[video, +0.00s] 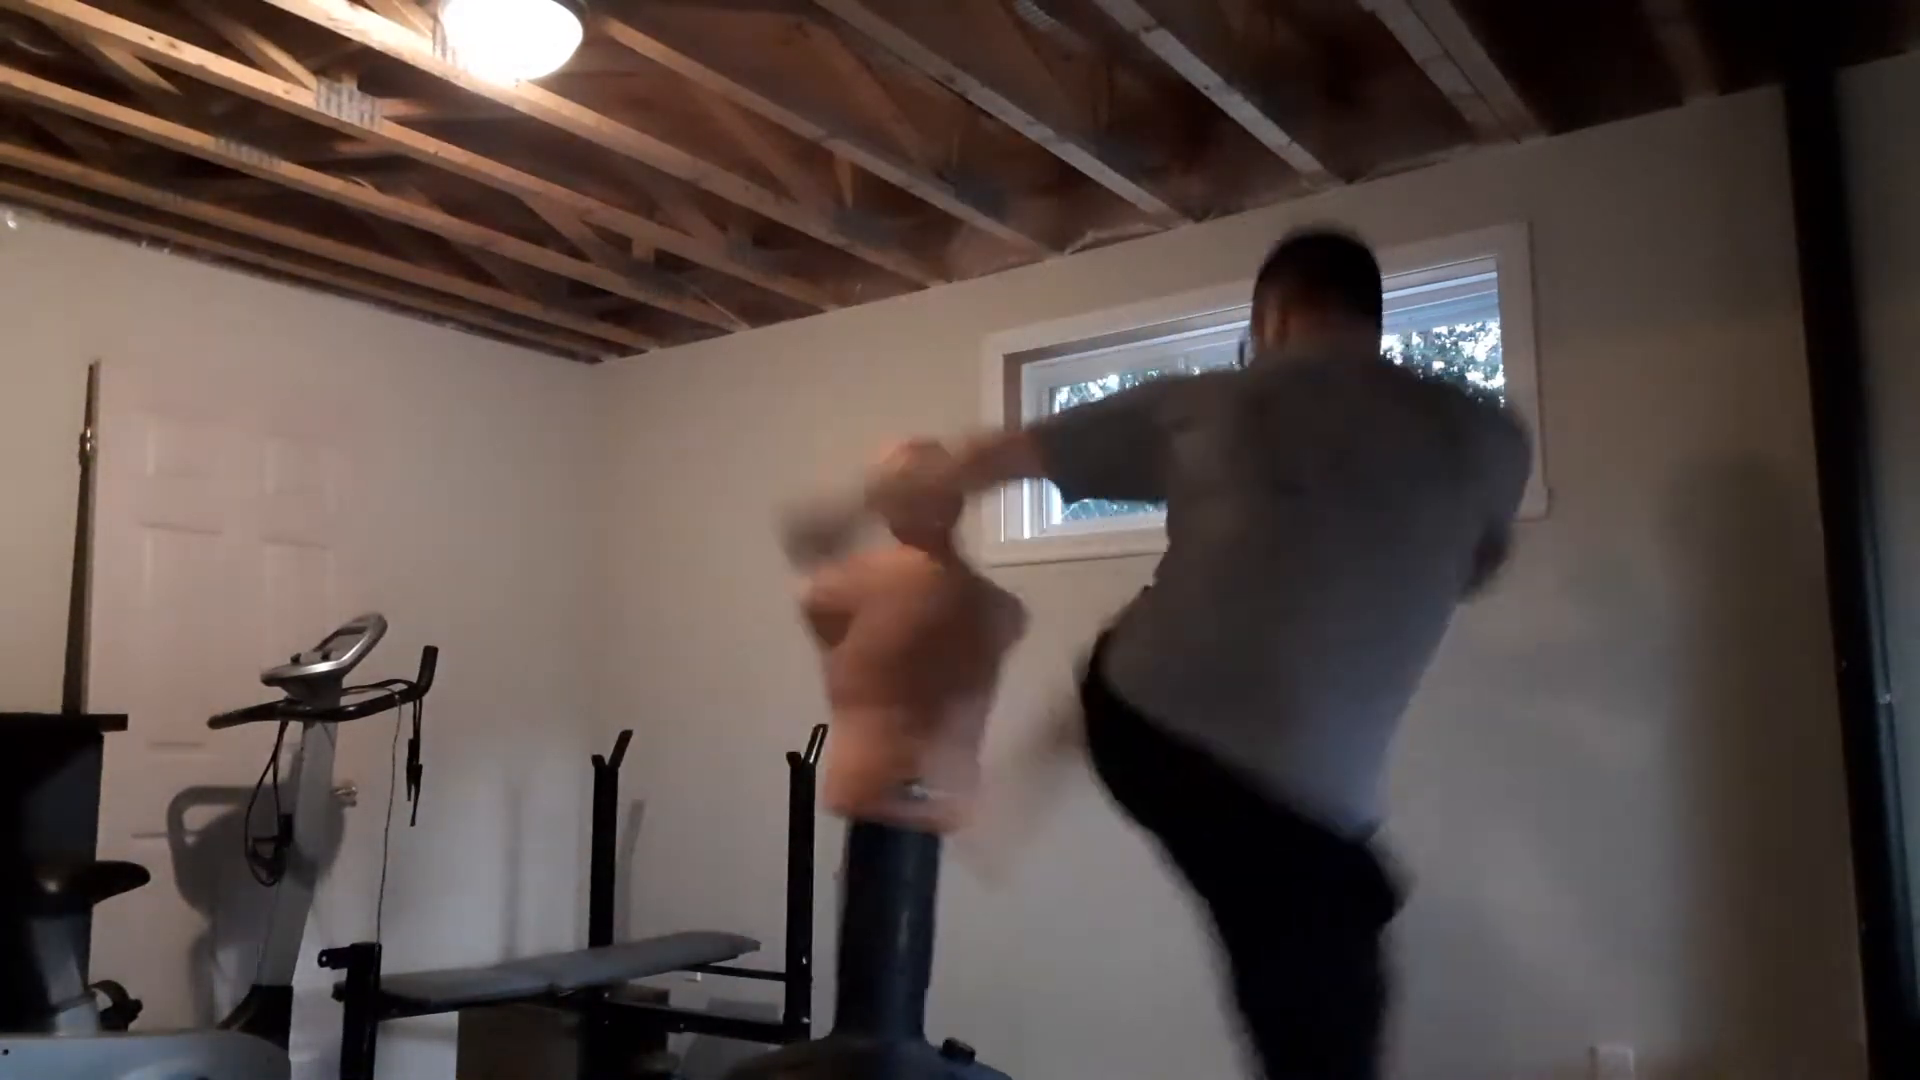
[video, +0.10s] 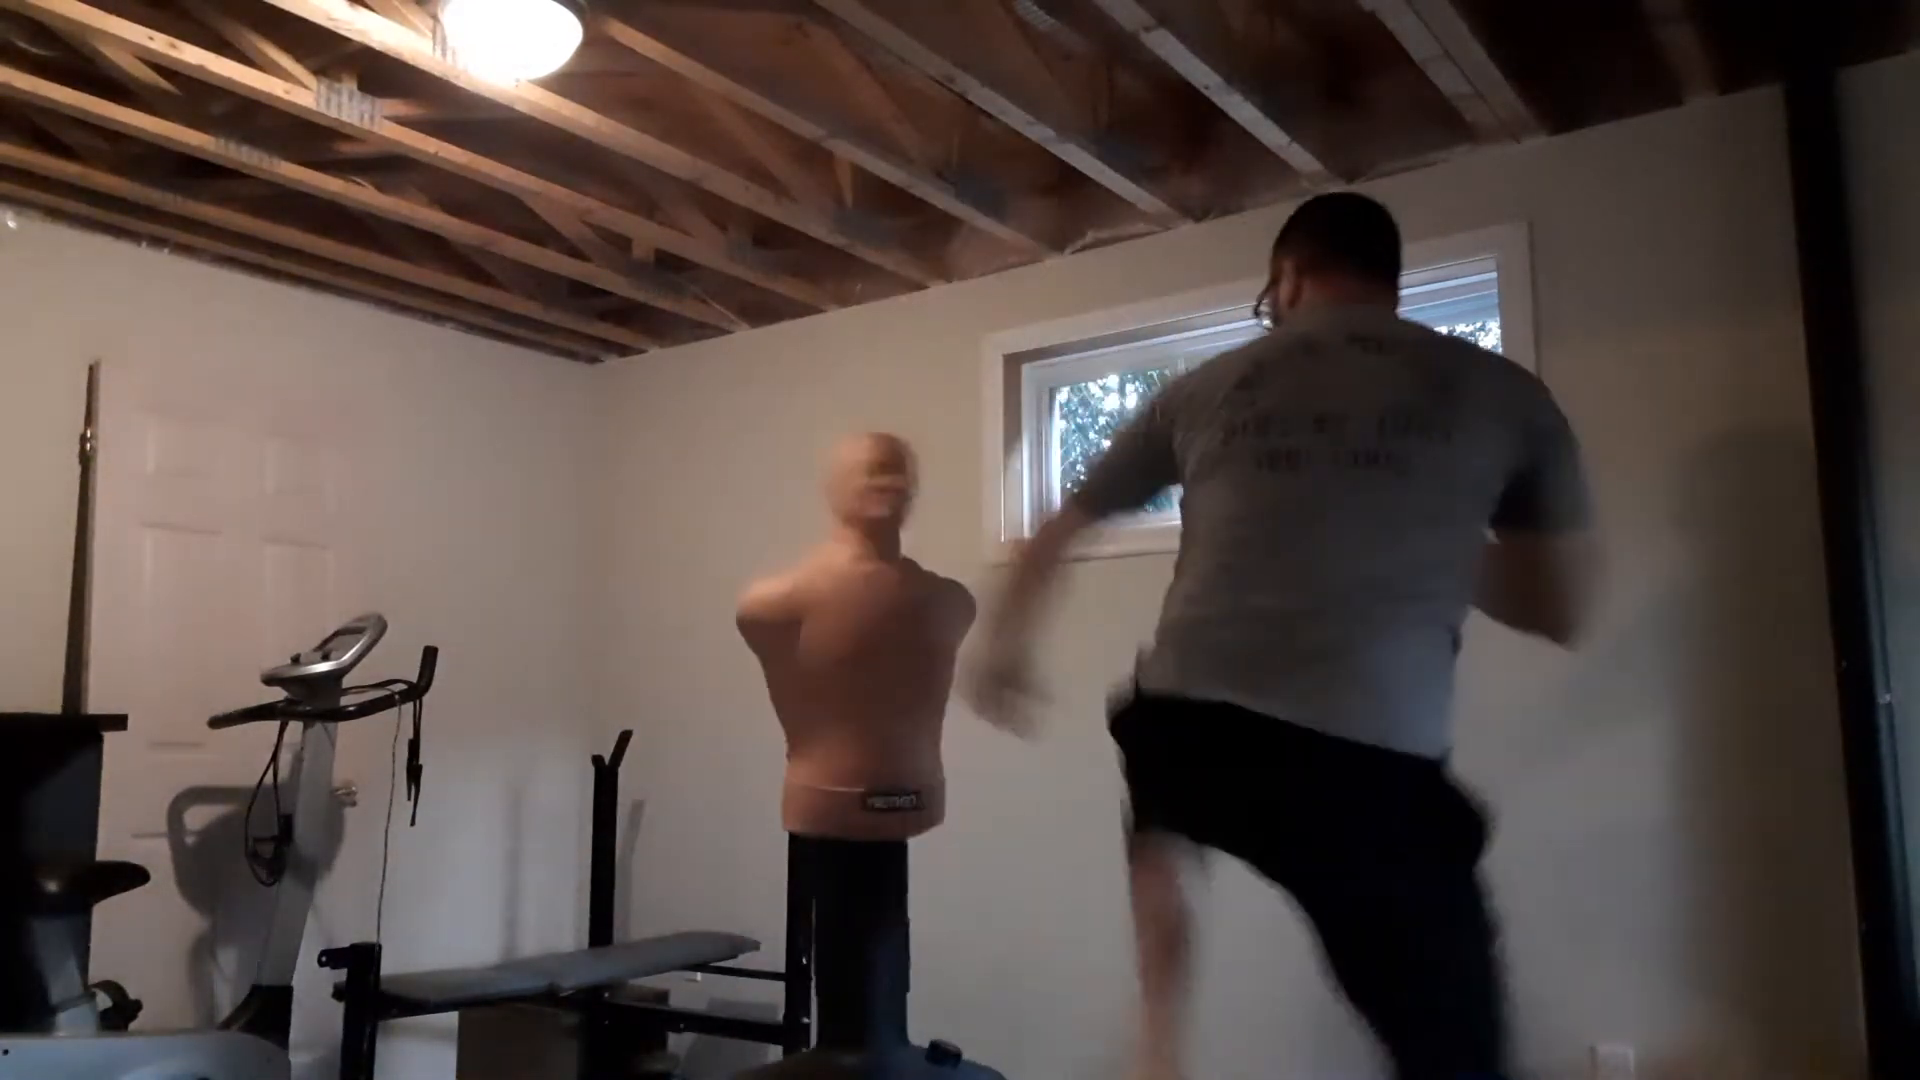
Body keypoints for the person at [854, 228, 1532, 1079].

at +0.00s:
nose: (1255, 344)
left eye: (1258, 322)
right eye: (1260, 325)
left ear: (1275, 315)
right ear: (1377, 323)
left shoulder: (1219, 403)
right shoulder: (1486, 436)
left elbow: (1045, 446)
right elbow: (1475, 569)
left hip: (1134, 718)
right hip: (1301, 801)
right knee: (1325, 1047)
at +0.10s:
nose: (1270, 315)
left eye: (1271, 296)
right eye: (1272, 299)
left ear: (1289, 280)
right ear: (1396, 287)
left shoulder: (1215, 383)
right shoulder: (1507, 394)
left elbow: (1054, 532)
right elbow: (1556, 606)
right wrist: (1427, 541)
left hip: (1184, 737)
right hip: (1371, 772)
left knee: (1154, 798)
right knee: (1455, 1053)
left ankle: (1160, 1049)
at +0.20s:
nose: (1282, 342)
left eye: (1285, 323)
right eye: (1287, 324)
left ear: (1295, 323)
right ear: (1407, 332)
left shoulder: (1212, 469)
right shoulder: (1506, 463)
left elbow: (1120, 662)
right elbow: (1587, 684)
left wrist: (1177, 774)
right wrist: (1495, 629)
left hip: (1245, 830)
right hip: (1438, 829)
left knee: (1243, 1053)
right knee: (1524, 1063)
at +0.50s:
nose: (1217, 371)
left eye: (1216, 356)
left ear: (1226, 355)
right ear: (1333, 363)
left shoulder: (1157, 490)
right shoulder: (1431, 467)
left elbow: (1097, 706)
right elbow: (1512, 691)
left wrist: (1169, 813)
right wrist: (1393, 647)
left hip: (1225, 874)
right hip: (1417, 874)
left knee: (1206, 1066)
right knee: (1513, 1068)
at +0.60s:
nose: (1199, 393)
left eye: (1199, 378)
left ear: (1210, 376)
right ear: (1319, 383)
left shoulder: (1136, 502)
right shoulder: (1405, 494)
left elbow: (1072, 718)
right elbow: (1465, 731)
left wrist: (1124, 850)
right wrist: (1349, 734)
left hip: (1177, 900)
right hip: (1371, 900)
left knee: (1181, 1066)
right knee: (1478, 1067)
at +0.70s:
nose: (1208, 380)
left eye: (1211, 365)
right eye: (1213, 366)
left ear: (1222, 361)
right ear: (1325, 374)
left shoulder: (1132, 479)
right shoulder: (1400, 475)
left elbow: (1039, 675)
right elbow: (1452, 715)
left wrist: (1060, 821)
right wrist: (1354, 741)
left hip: (1167, 870)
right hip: (1354, 872)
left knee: (1175, 1070)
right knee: (1494, 1068)